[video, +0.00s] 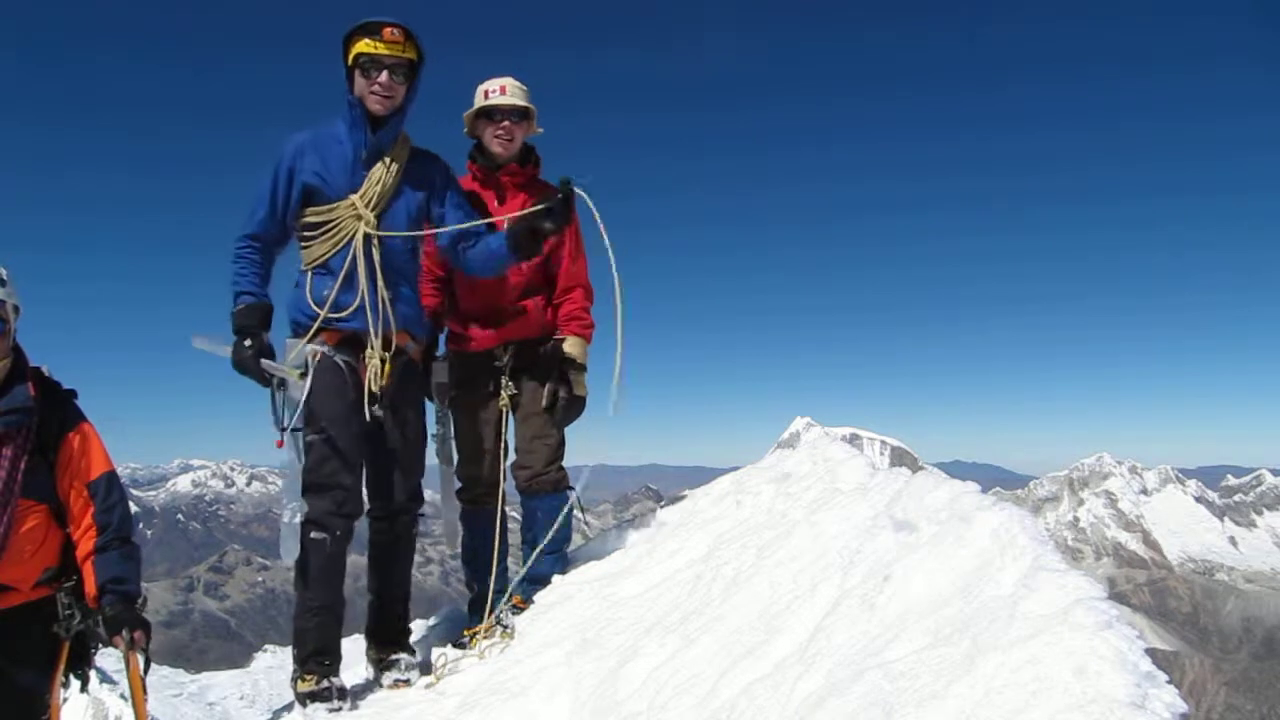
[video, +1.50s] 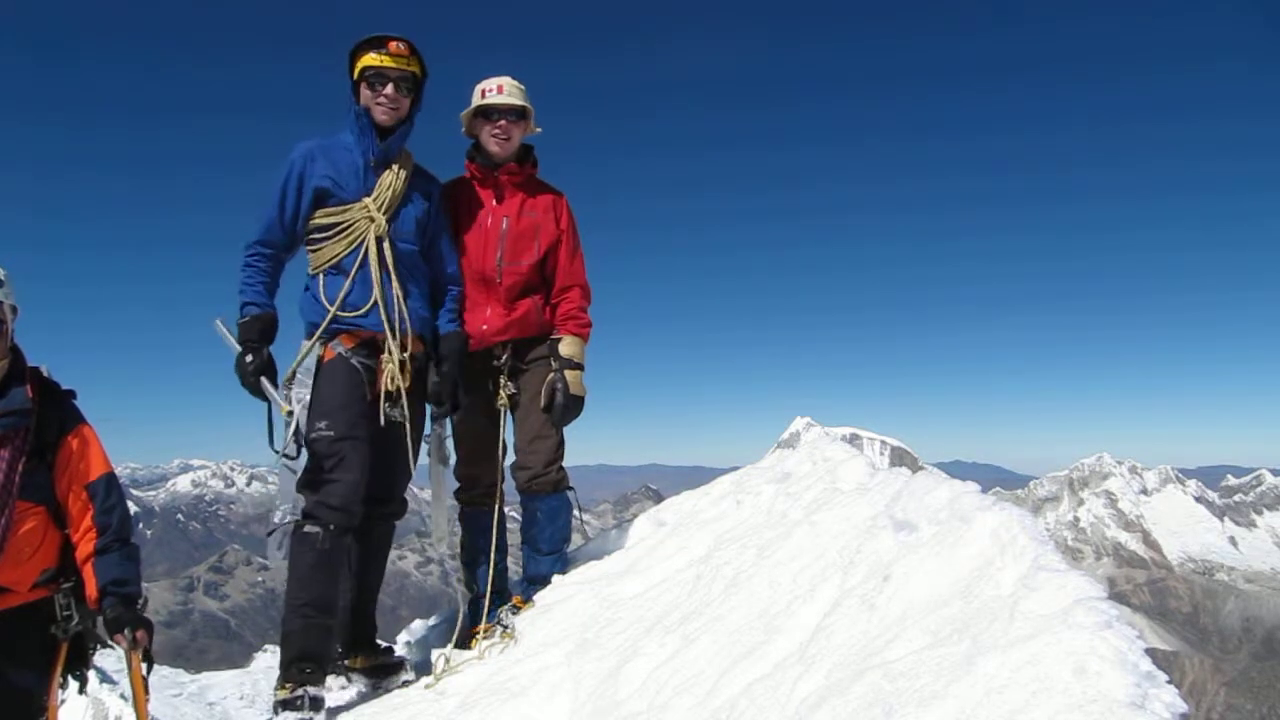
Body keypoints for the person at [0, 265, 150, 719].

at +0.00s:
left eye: (1, 320)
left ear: (13, 323)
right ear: (5, 322)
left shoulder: (47, 409)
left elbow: (99, 507)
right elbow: (99, 507)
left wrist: (116, 597)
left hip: (24, 617)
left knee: (21, 707)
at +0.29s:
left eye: (0, 319)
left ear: (12, 321)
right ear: (6, 321)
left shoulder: (45, 407)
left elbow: (98, 506)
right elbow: (98, 506)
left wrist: (116, 597)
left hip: (23, 617)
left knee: (20, 706)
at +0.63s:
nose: (0, 330)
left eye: (1, 318)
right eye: (0, 318)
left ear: (10, 321)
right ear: (6, 321)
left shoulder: (45, 408)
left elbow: (98, 508)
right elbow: (98, 508)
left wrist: (116, 598)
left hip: (23, 617)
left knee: (21, 707)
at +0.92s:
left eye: (0, 317)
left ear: (10, 320)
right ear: (6, 320)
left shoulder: (46, 409)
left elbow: (98, 510)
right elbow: (98, 510)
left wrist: (116, 598)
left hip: (23, 617)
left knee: (20, 706)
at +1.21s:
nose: (1, 329)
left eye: (2, 316)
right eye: (1, 316)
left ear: (11, 320)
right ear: (7, 320)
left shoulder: (46, 409)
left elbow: (97, 509)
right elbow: (98, 509)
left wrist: (116, 597)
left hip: (24, 618)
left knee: (21, 706)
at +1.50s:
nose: (1, 328)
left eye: (2, 316)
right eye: (2, 316)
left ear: (10, 320)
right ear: (8, 320)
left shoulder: (46, 410)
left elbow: (97, 509)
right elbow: (98, 510)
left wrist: (116, 597)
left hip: (24, 618)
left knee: (21, 705)